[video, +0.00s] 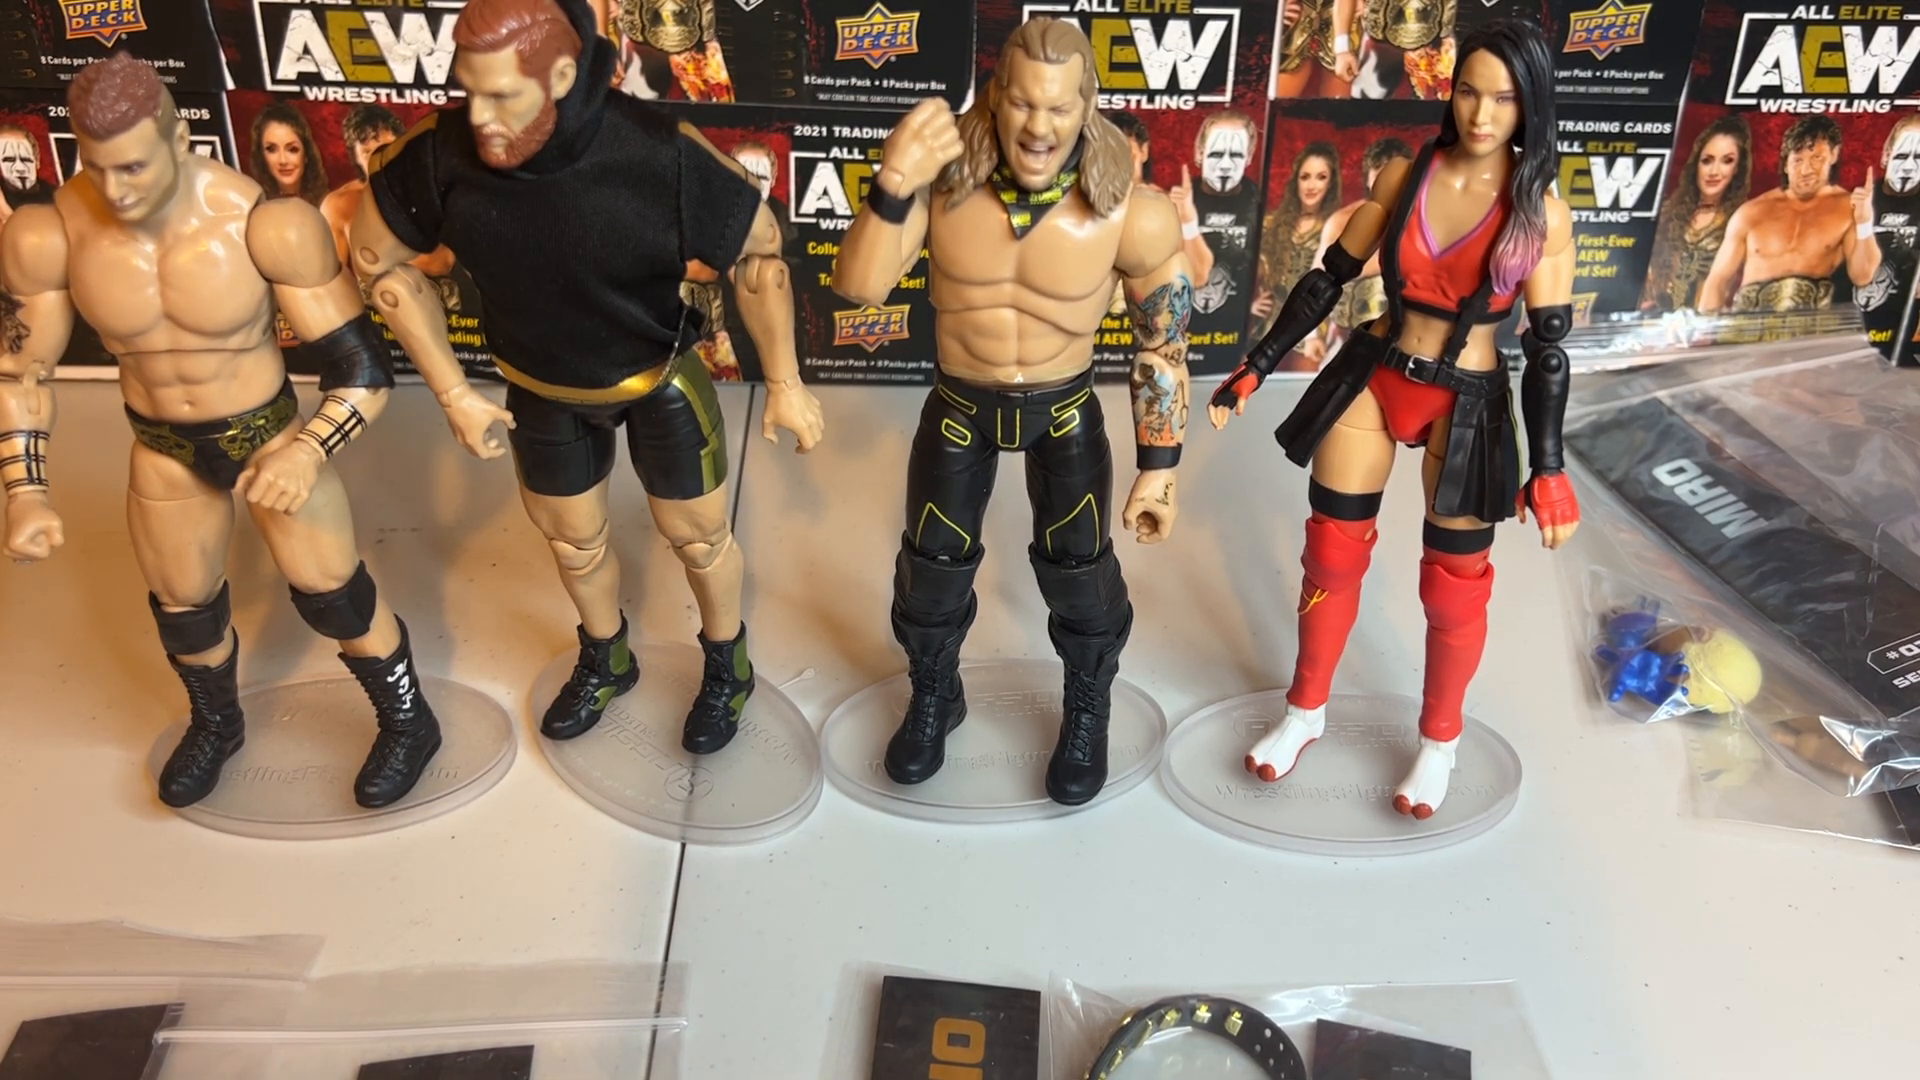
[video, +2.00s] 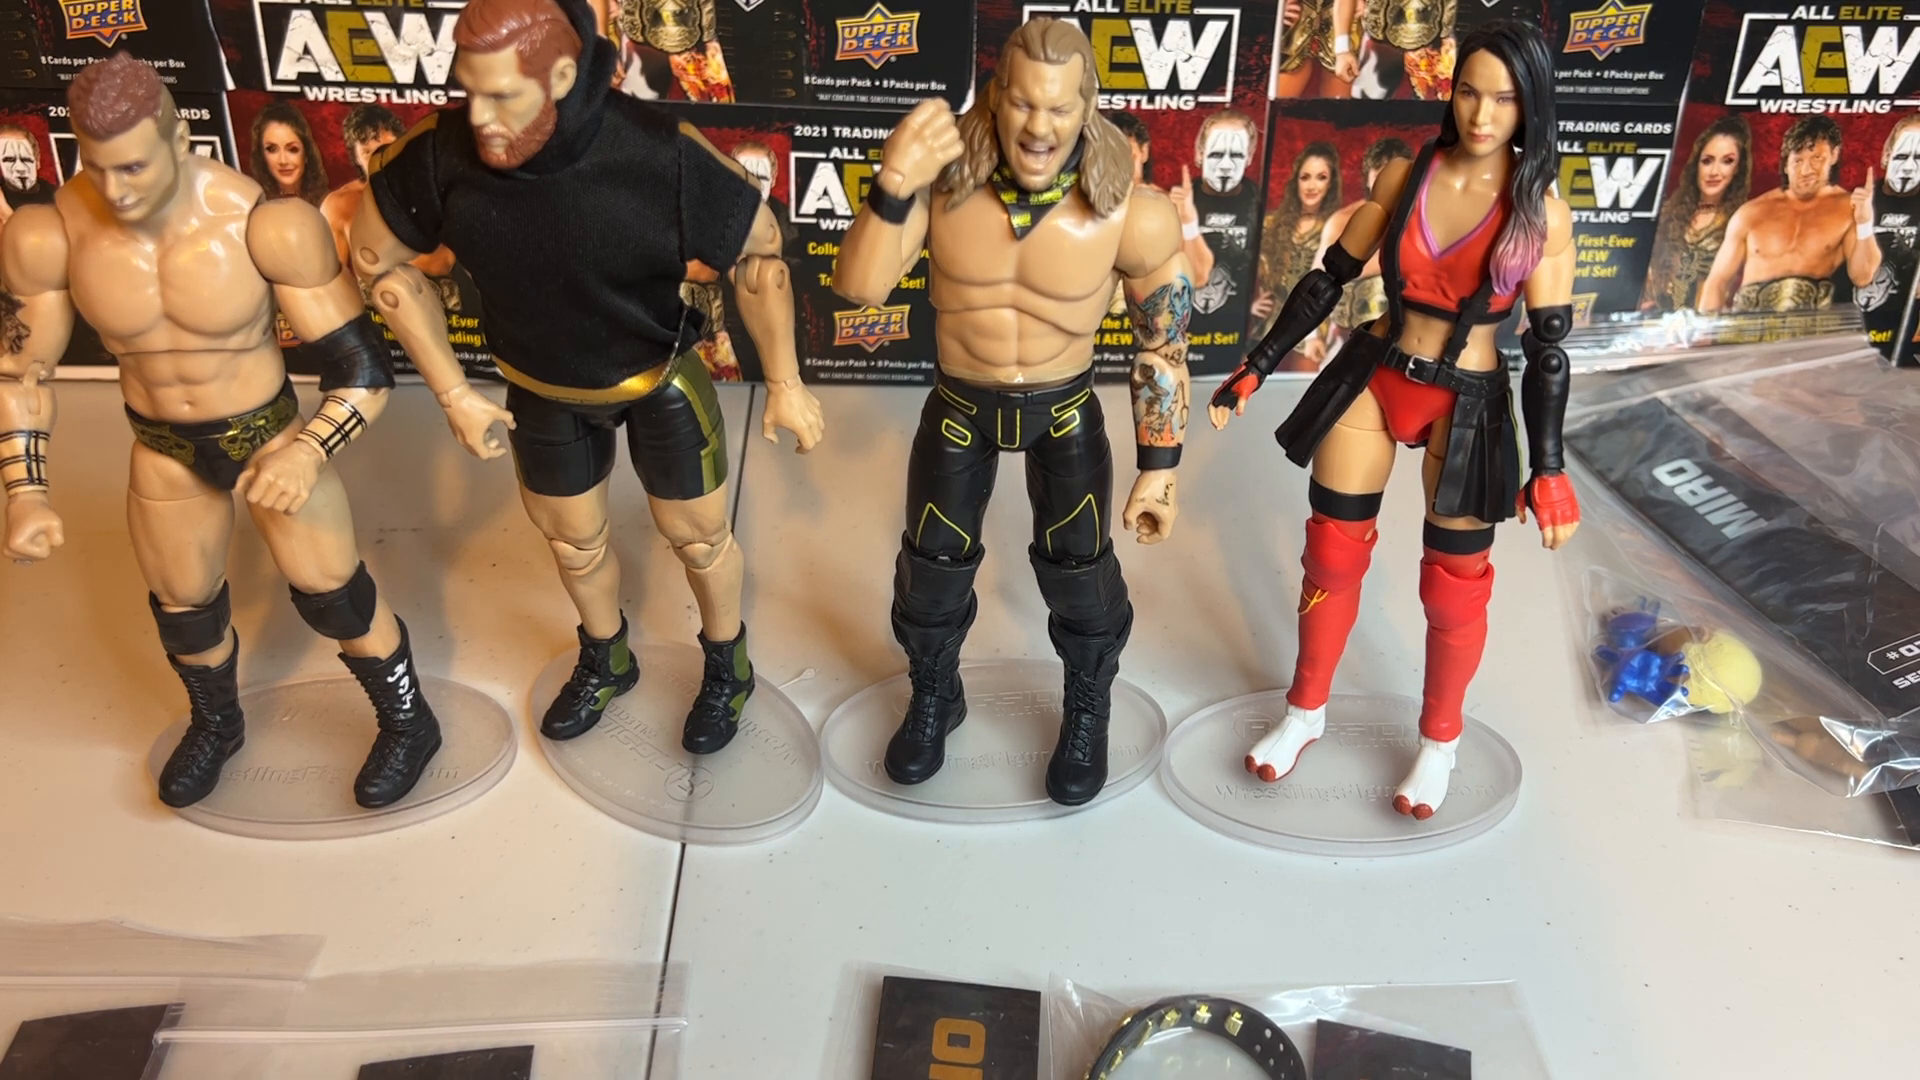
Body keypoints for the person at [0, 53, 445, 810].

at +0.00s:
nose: (117, 188)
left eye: (134, 167)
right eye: (100, 169)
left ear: (178, 139)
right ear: (80, 151)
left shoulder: (268, 225)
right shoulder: (53, 233)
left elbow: (362, 370)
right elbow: (23, 372)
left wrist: (311, 447)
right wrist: (21, 486)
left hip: (269, 441)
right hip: (161, 452)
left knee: (336, 599)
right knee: (186, 616)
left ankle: (408, 721)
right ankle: (216, 722)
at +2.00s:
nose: (118, 188)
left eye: (134, 167)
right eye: (100, 169)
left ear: (178, 138)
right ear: (80, 151)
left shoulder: (268, 225)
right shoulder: (53, 232)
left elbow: (362, 370)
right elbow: (23, 372)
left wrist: (312, 446)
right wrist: (22, 487)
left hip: (269, 440)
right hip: (161, 451)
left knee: (336, 599)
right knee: (186, 617)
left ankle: (408, 722)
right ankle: (216, 723)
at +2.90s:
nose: (118, 188)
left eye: (134, 167)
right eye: (100, 169)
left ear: (178, 138)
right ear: (80, 151)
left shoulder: (268, 225)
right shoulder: (53, 233)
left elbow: (362, 369)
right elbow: (23, 371)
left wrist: (311, 446)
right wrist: (21, 486)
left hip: (269, 441)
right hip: (161, 451)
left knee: (336, 599)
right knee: (186, 616)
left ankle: (408, 721)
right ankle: (216, 722)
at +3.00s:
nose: (118, 188)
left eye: (135, 167)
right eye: (100, 169)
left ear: (178, 138)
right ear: (80, 150)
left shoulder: (268, 225)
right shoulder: (52, 233)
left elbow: (362, 370)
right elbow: (23, 372)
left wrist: (312, 446)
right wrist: (22, 487)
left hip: (269, 440)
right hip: (161, 451)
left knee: (335, 598)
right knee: (186, 616)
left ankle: (408, 721)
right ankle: (216, 723)